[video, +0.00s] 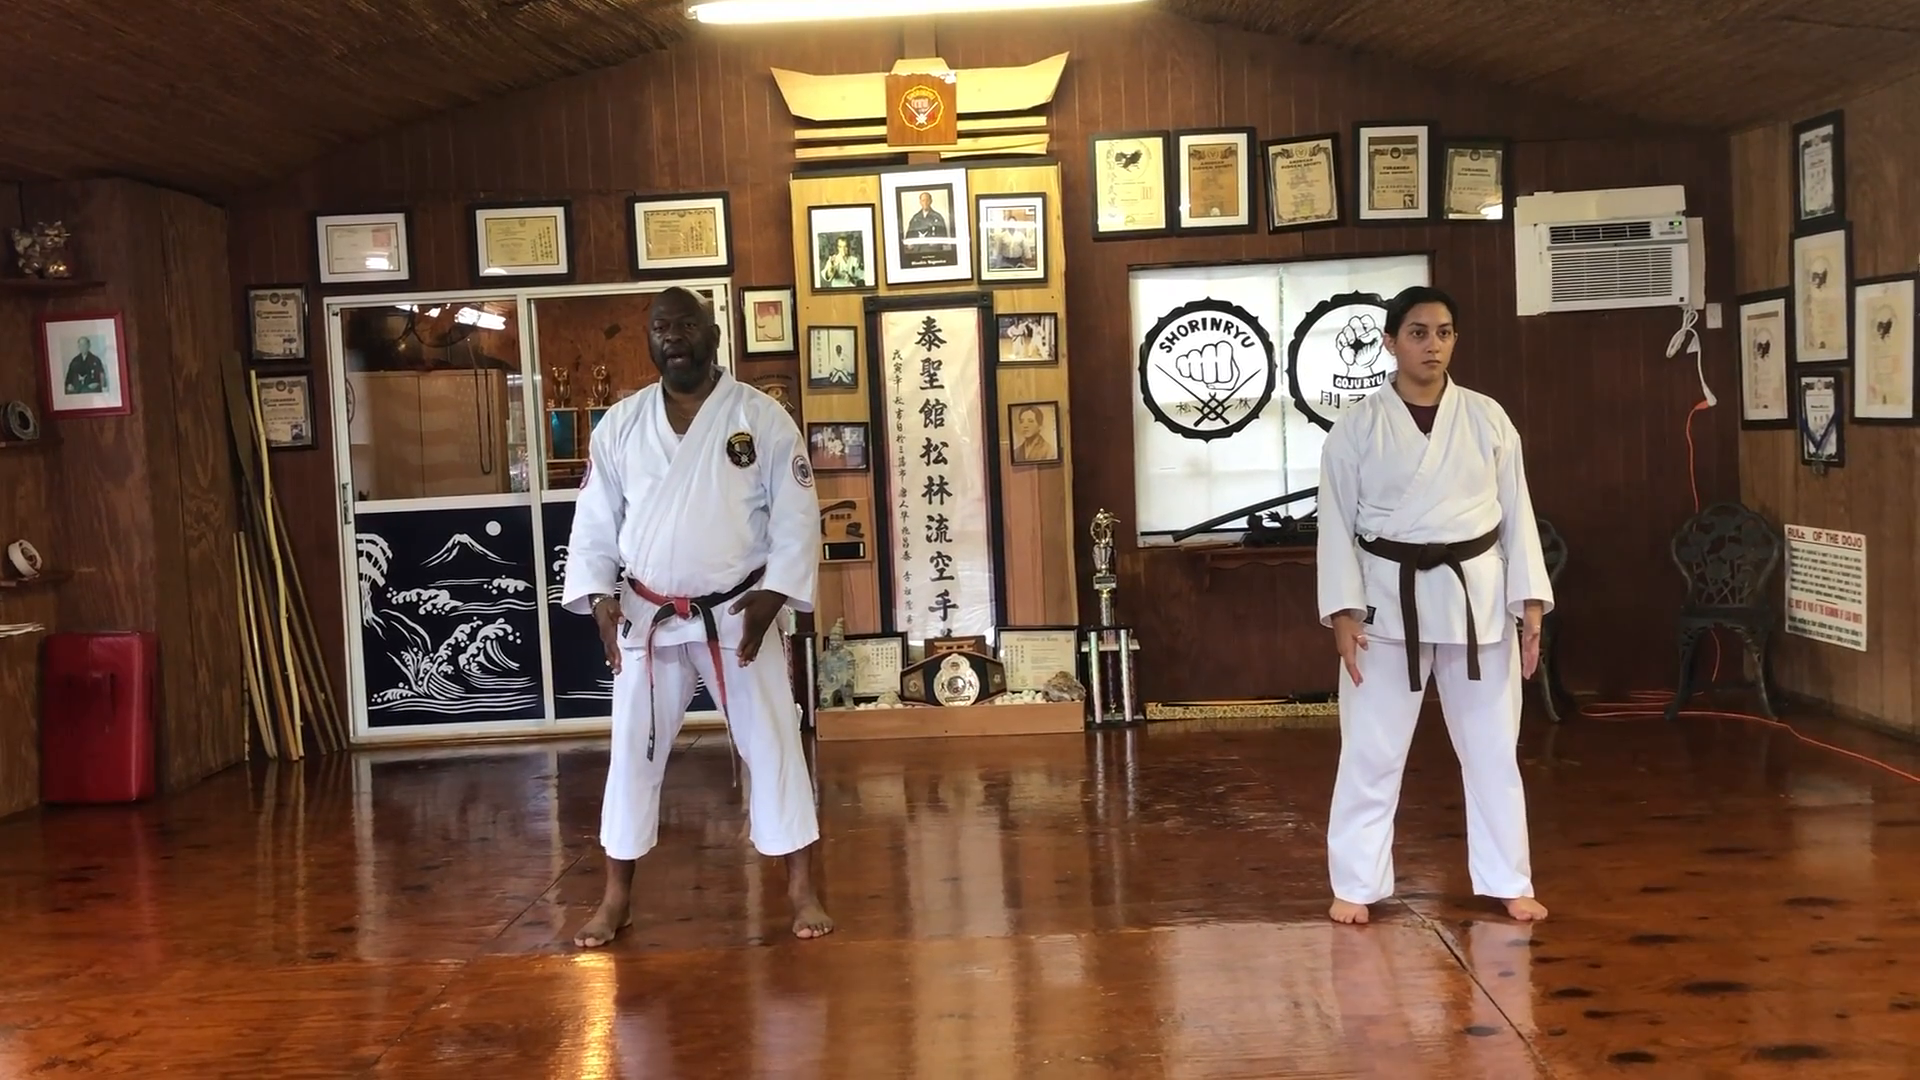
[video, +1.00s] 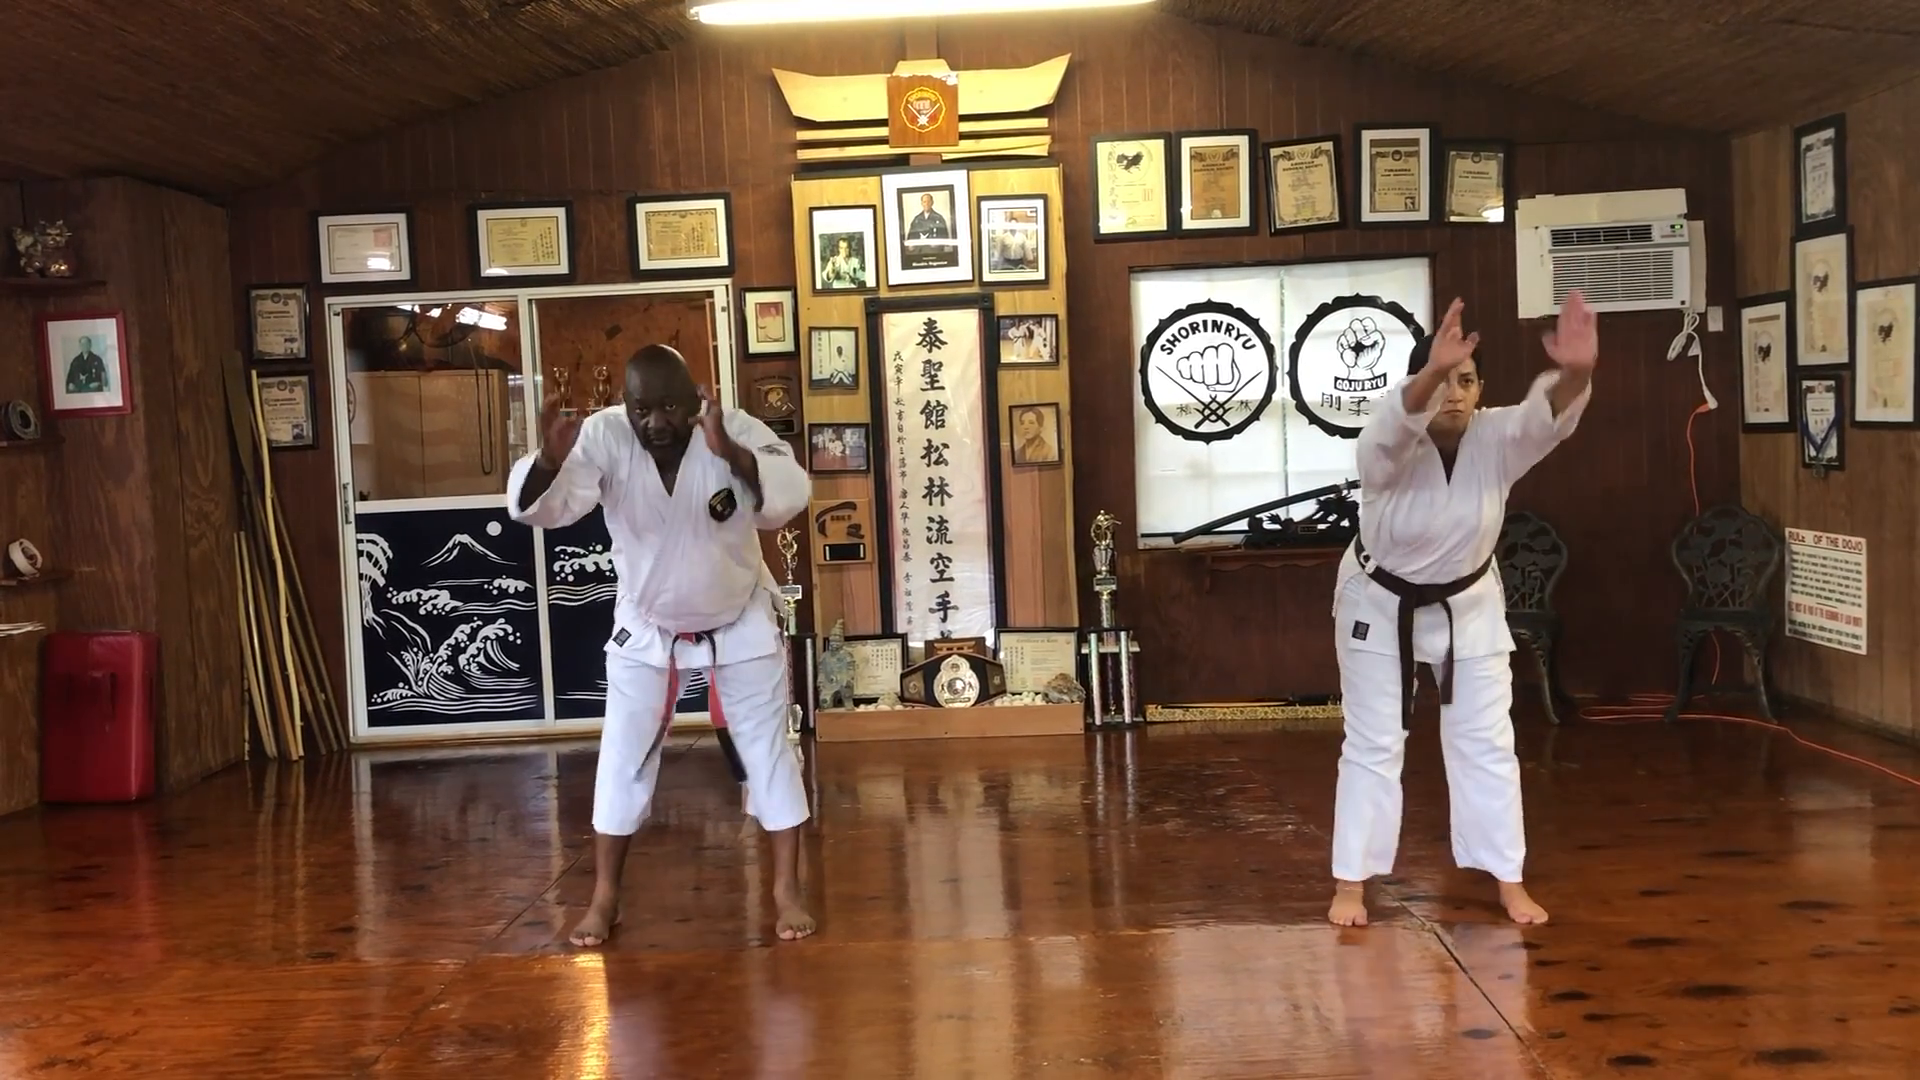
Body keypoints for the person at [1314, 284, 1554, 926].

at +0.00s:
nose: (1433, 344)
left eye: (1444, 332)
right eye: (1419, 332)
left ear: (1455, 343)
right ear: (1391, 342)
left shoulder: (1488, 418)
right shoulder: (1356, 425)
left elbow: (1517, 516)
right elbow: (1335, 522)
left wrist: (1530, 603)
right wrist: (1341, 607)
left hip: (1479, 601)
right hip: (1386, 602)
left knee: (1493, 753)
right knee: (1371, 754)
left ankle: (1510, 884)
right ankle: (1354, 889)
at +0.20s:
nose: (1433, 344)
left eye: (1443, 332)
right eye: (1418, 332)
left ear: (1456, 342)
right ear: (1391, 343)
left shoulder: (1488, 419)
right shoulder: (1357, 425)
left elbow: (1517, 516)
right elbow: (1335, 522)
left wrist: (1530, 602)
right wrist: (1342, 608)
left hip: (1479, 602)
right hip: (1386, 603)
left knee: (1493, 755)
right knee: (1371, 755)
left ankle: (1509, 884)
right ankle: (1354, 889)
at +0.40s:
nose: (1434, 345)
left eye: (1444, 333)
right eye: (1419, 333)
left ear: (1456, 343)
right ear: (1392, 343)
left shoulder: (1489, 420)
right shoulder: (1357, 426)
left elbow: (1517, 518)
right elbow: (1335, 523)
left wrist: (1530, 604)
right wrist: (1342, 609)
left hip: (1479, 604)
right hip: (1386, 605)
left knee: (1493, 756)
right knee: (1371, 756)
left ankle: (1508, 886)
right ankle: (1354, 890)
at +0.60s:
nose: (1437, 350)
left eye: (1447, 339)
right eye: (1422, 339)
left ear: (1459, 350)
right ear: (1395, 350)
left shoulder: (1490, 423)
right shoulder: (1360, 430)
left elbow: (1518, 518)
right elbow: (1333, 527)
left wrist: (1524, 604)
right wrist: (1352, 615)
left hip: (1481, 601)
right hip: (1387, 601)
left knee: (1499, 754)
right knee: (1374, 756)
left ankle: (1508, 886)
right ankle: (1356, 889)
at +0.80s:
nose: (1451, 352)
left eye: (1460, 341)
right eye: (1436, 342)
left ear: (1473, 354)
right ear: (1407, 356)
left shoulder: (1503, 406)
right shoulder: (1372, 415)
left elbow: (1588, 431)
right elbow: (1369, 443)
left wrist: (1564, 454)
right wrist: (1421, 462)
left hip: (1470, 585)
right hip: (1380, 586)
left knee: (1490, 732)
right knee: (1371, 735)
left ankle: (1512, 878)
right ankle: (1349, 881)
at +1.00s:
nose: (1453, 391)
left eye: (1465, 380)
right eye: (1442, 383)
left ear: (1480, 389)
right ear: (1419, 392)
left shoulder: (1496, 436)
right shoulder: (1389, 446)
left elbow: (1544, 416)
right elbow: (1390, 426)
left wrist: (1575, 376)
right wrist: (1431, 372)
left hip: (1471, 594)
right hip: (1379, 595)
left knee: (1488, 734)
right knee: (1374, 740)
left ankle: (1508, 879)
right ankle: (1350, 883)